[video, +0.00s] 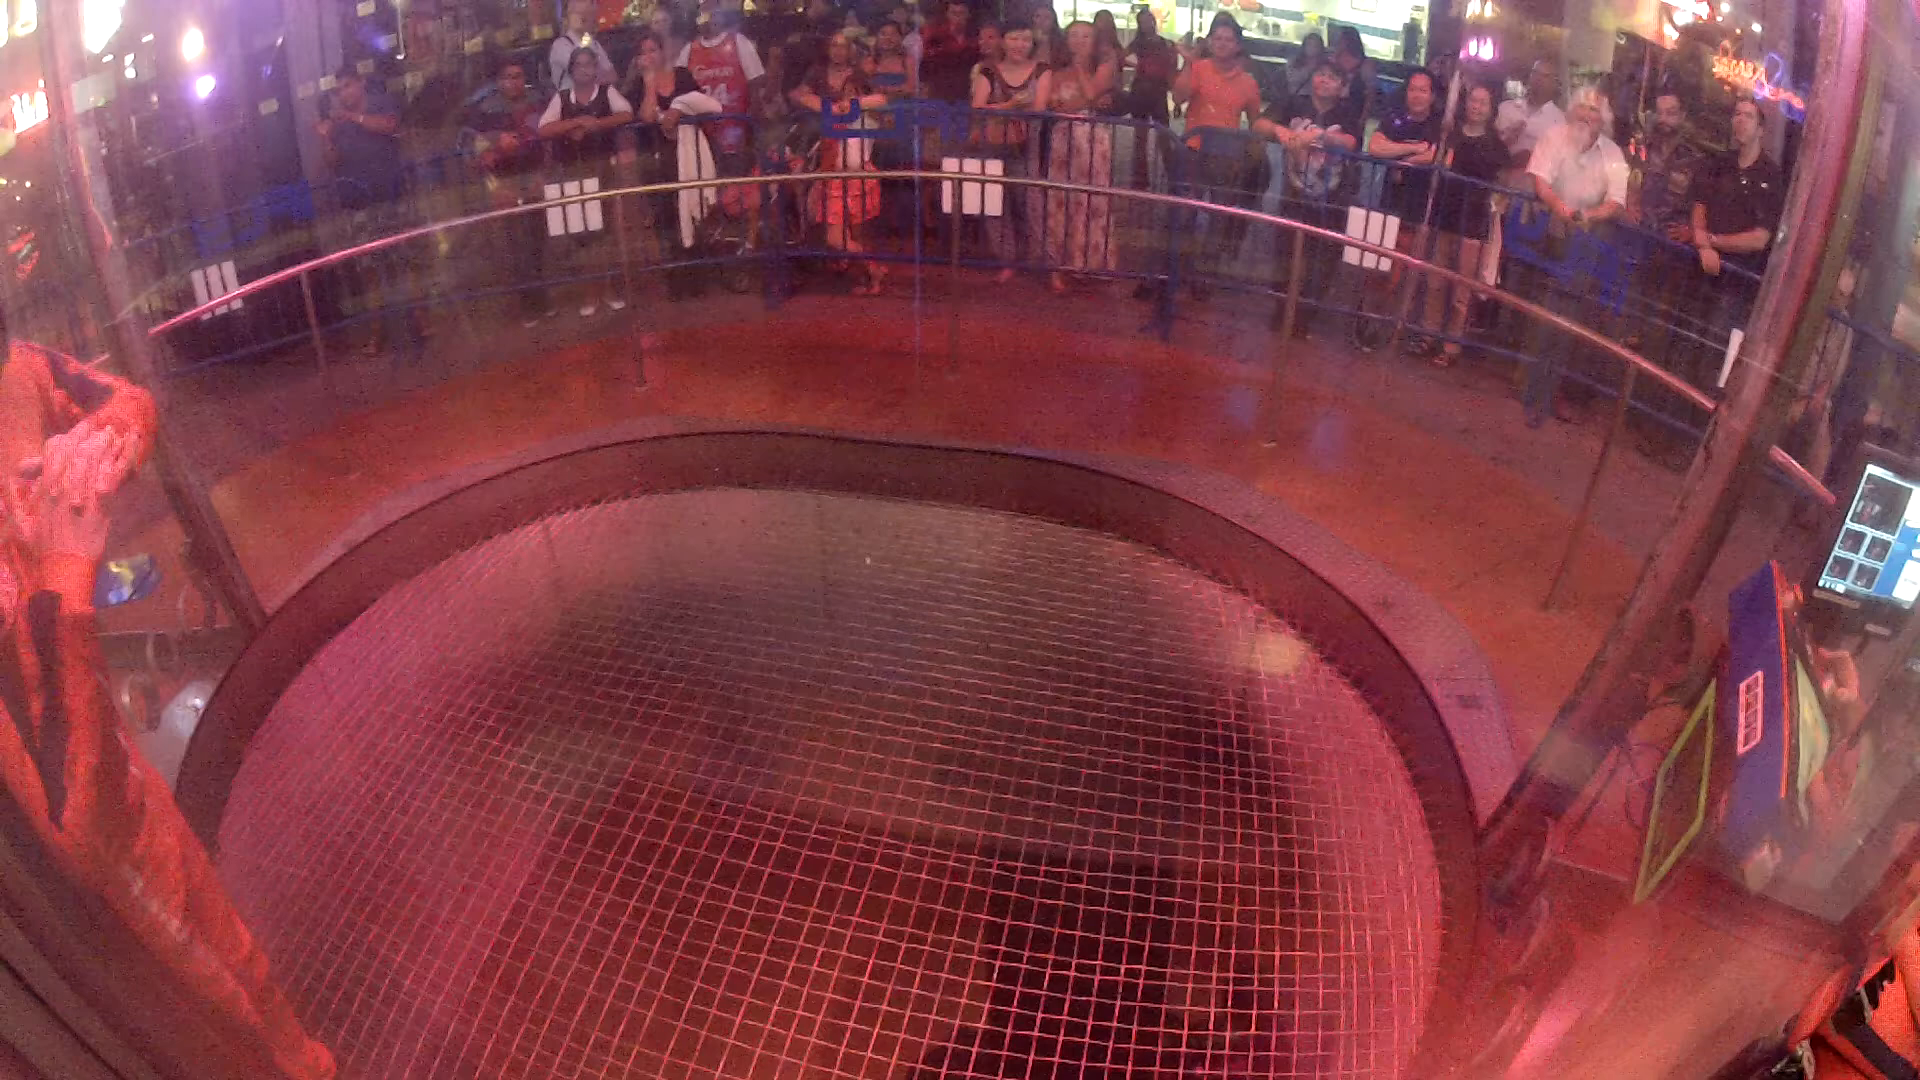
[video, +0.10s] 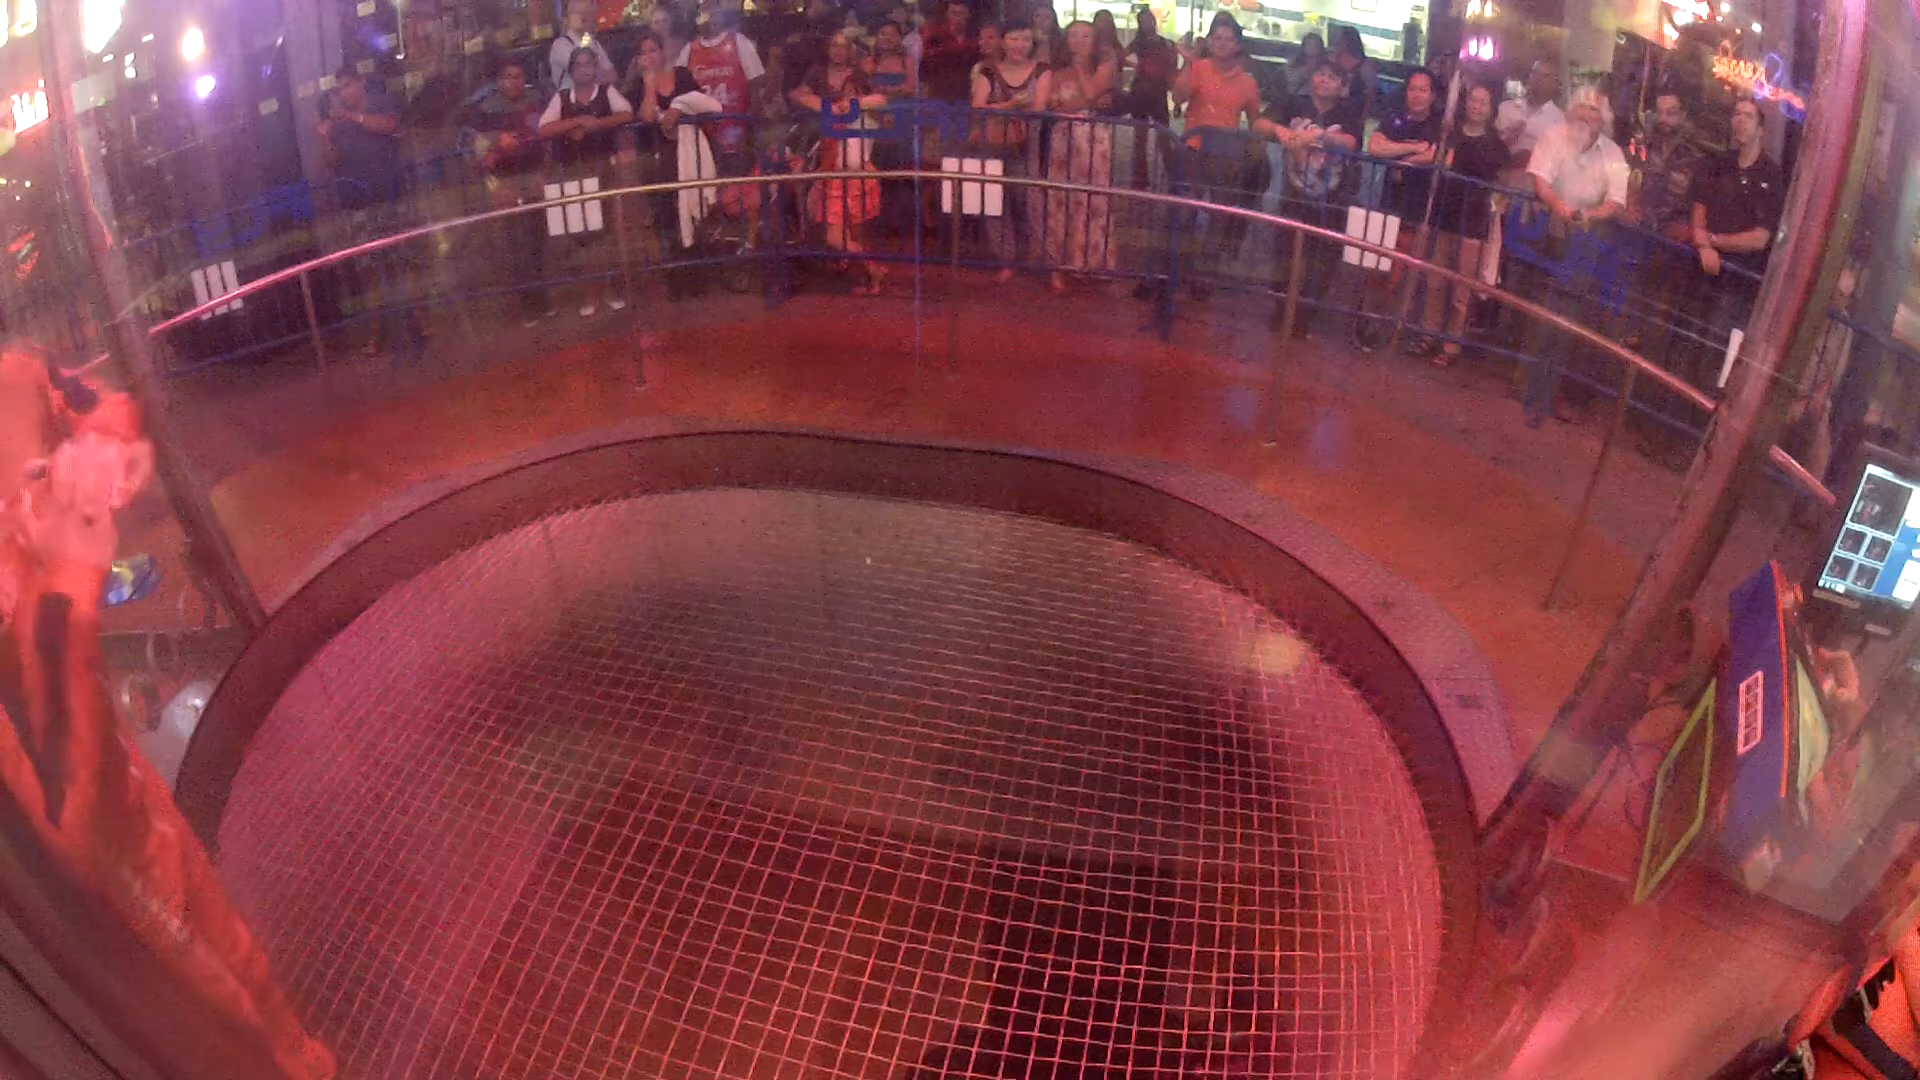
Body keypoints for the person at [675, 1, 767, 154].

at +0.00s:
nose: (707, 25)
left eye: (712, 19)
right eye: (702, 21)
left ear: (721, 19)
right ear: (698, 23)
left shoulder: (739, 43)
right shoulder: (689, 49)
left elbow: (757, 83)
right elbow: (680, 89)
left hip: (732, 122)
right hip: (699, 124)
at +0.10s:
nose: (706, 23)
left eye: (711, 18)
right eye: (701, 19)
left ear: (721, 18)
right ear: (697, 22)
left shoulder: (739, 43)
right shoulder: (689, 49)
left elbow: (756, 86)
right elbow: (681, 91)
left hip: (733, 125)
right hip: (700, 127)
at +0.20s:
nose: (707, 23)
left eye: (712, 18)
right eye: (702, 20)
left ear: (721, 19)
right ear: (697, 23)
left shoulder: (739, 43)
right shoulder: (689, 50)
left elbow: (756, 85)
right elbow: (681, 88)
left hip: (733, 124)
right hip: (701, 125)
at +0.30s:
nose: (707, 23)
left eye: (712, 18)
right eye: (702, 20)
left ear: (721, 18)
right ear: (697, 23)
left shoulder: (739, 43)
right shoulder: (689, 50)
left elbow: (756, 85)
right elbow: (681, 89)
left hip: (733, 124)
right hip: (700, 126)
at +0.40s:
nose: (707, 22)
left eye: (713, 16)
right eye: (703, 17)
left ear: (722, 18)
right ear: (697, 21)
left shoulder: (739, 43)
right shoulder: (690, 49)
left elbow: (756, 85)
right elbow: (679, 85)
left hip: (732, 124)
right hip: (700, 125)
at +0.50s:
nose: (707, 23)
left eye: (712, 18)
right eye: (702, 20)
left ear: (721, 19)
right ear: (697, 23)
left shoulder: (739, 43)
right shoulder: (690, 49)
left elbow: (757, 84)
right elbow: (681, 86)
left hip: (733, 123)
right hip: (701, 124)